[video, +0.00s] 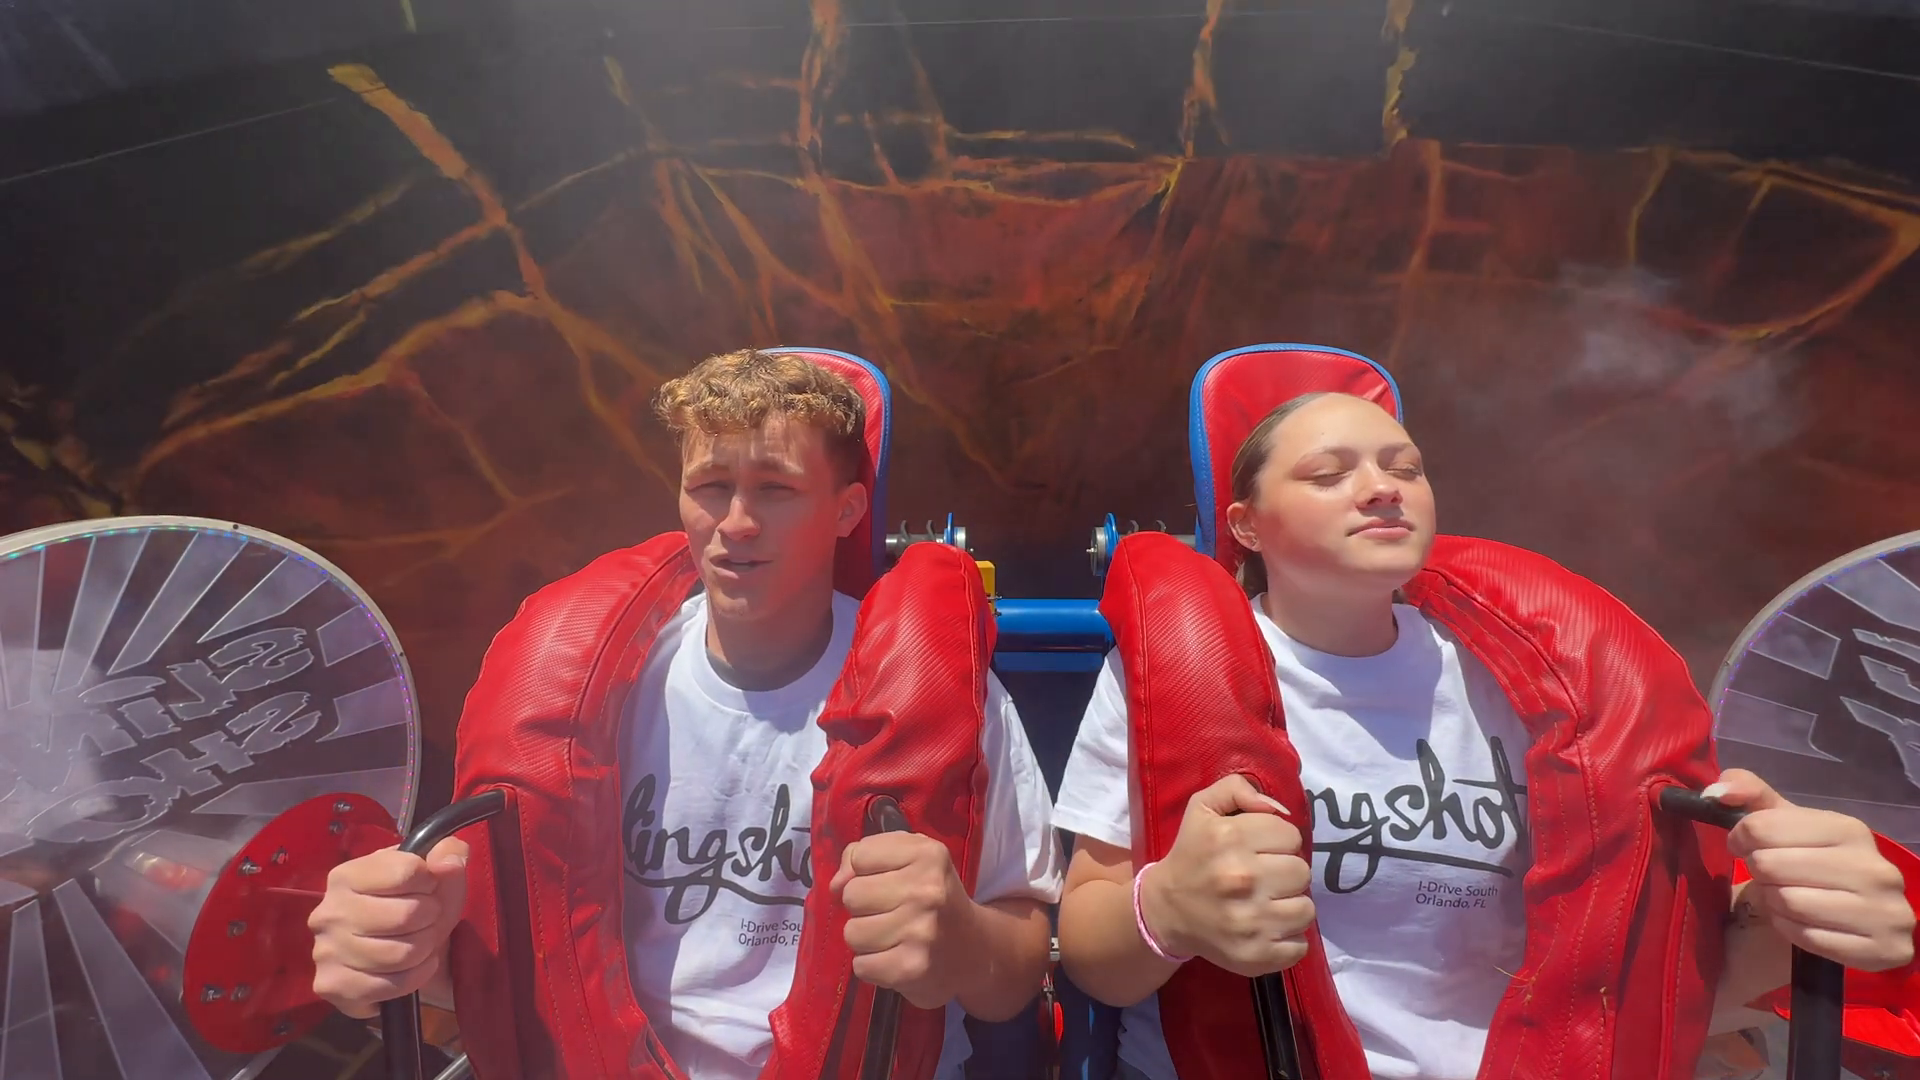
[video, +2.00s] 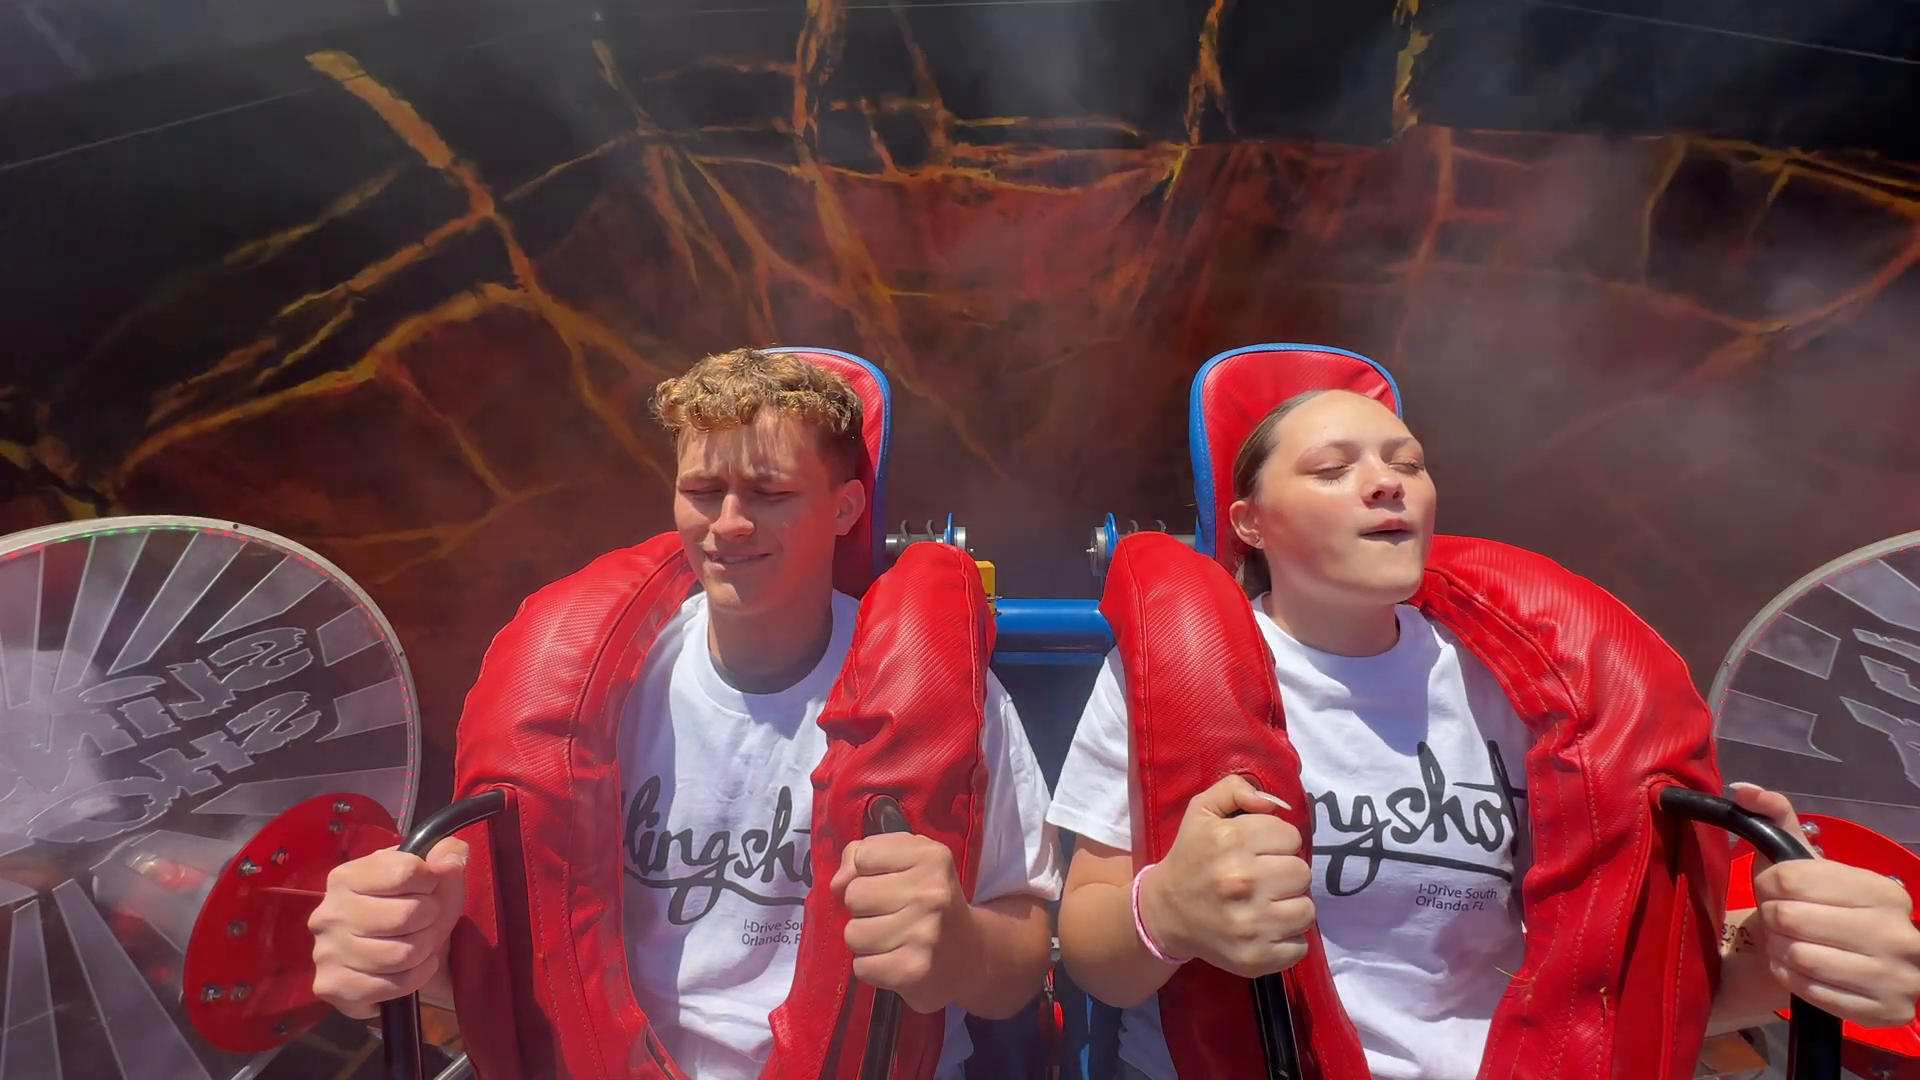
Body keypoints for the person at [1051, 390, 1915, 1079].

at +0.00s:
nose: (1383, 485)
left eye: (1401, 460)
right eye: (1328, 470)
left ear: (1431, 491)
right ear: (1244, 523)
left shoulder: (1533, 663)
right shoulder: (1173, 663)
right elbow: (1085, 955)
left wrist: (1864, 911)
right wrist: (1165, 909)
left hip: (1508, 1068)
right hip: (1285, 1063)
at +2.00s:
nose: (1386, 481)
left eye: (1402, 457)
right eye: (1330, 466)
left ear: (1432, 491)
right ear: (1245, 522)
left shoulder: (1529, 666)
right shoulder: (1173, 667)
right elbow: (1086, 955)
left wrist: (1748, 927)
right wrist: (1161, 911)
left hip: (1508, 1068)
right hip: (1287, 1066)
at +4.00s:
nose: (1373, 491)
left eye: (1393, 463)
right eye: (1321, 473)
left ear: (1427, 490)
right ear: (1242, 525)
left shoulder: (1533, 655)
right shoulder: (1171, 663)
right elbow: (1087, 957)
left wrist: (1754, 897)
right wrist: (1160, 913)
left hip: (1515, 1055)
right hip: (1289, 1057)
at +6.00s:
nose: (1387, 463)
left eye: (1401, 443)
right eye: (1332, 451)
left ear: (1434, 488)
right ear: (1246, 516)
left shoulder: (1530, 666)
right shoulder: (1173, 659)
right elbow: (1088, 951)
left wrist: (1762, 907)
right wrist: (1158, 915)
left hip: (1506, 1068)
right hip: (1287, 1066)